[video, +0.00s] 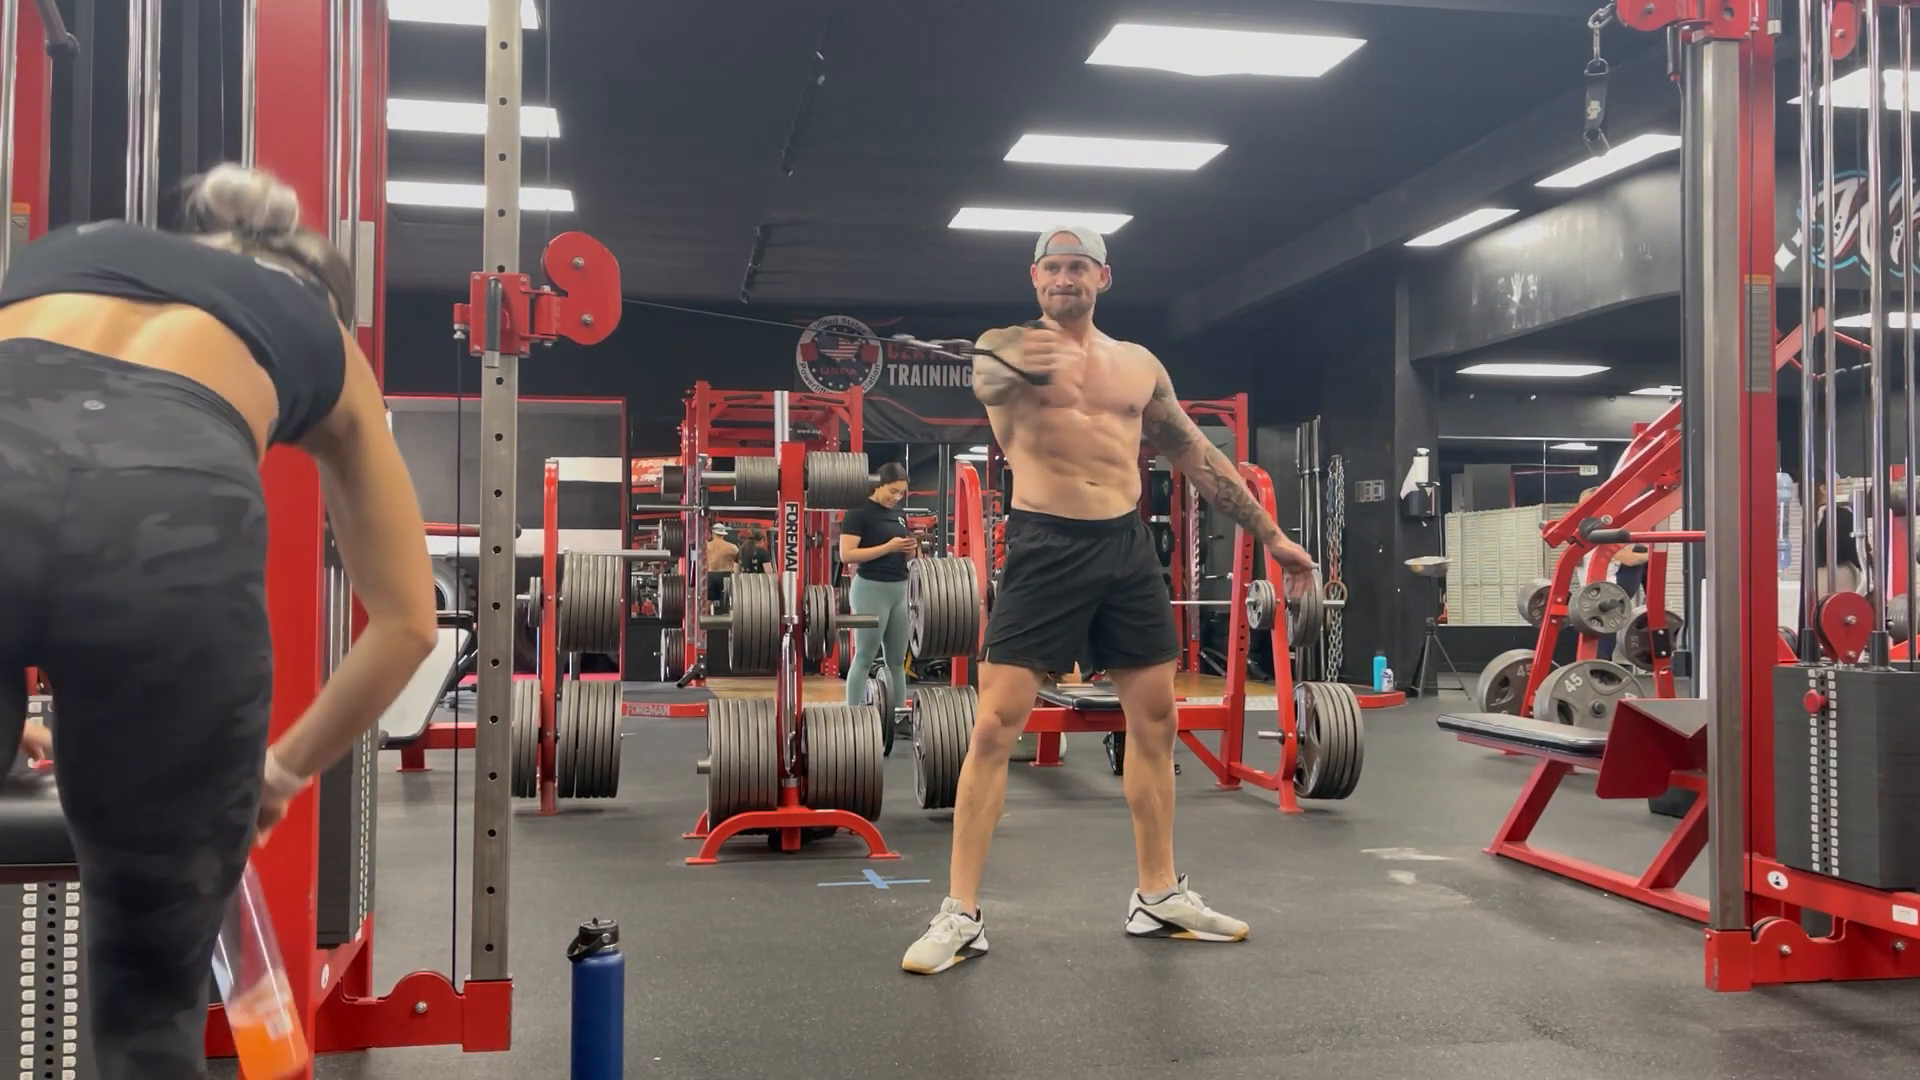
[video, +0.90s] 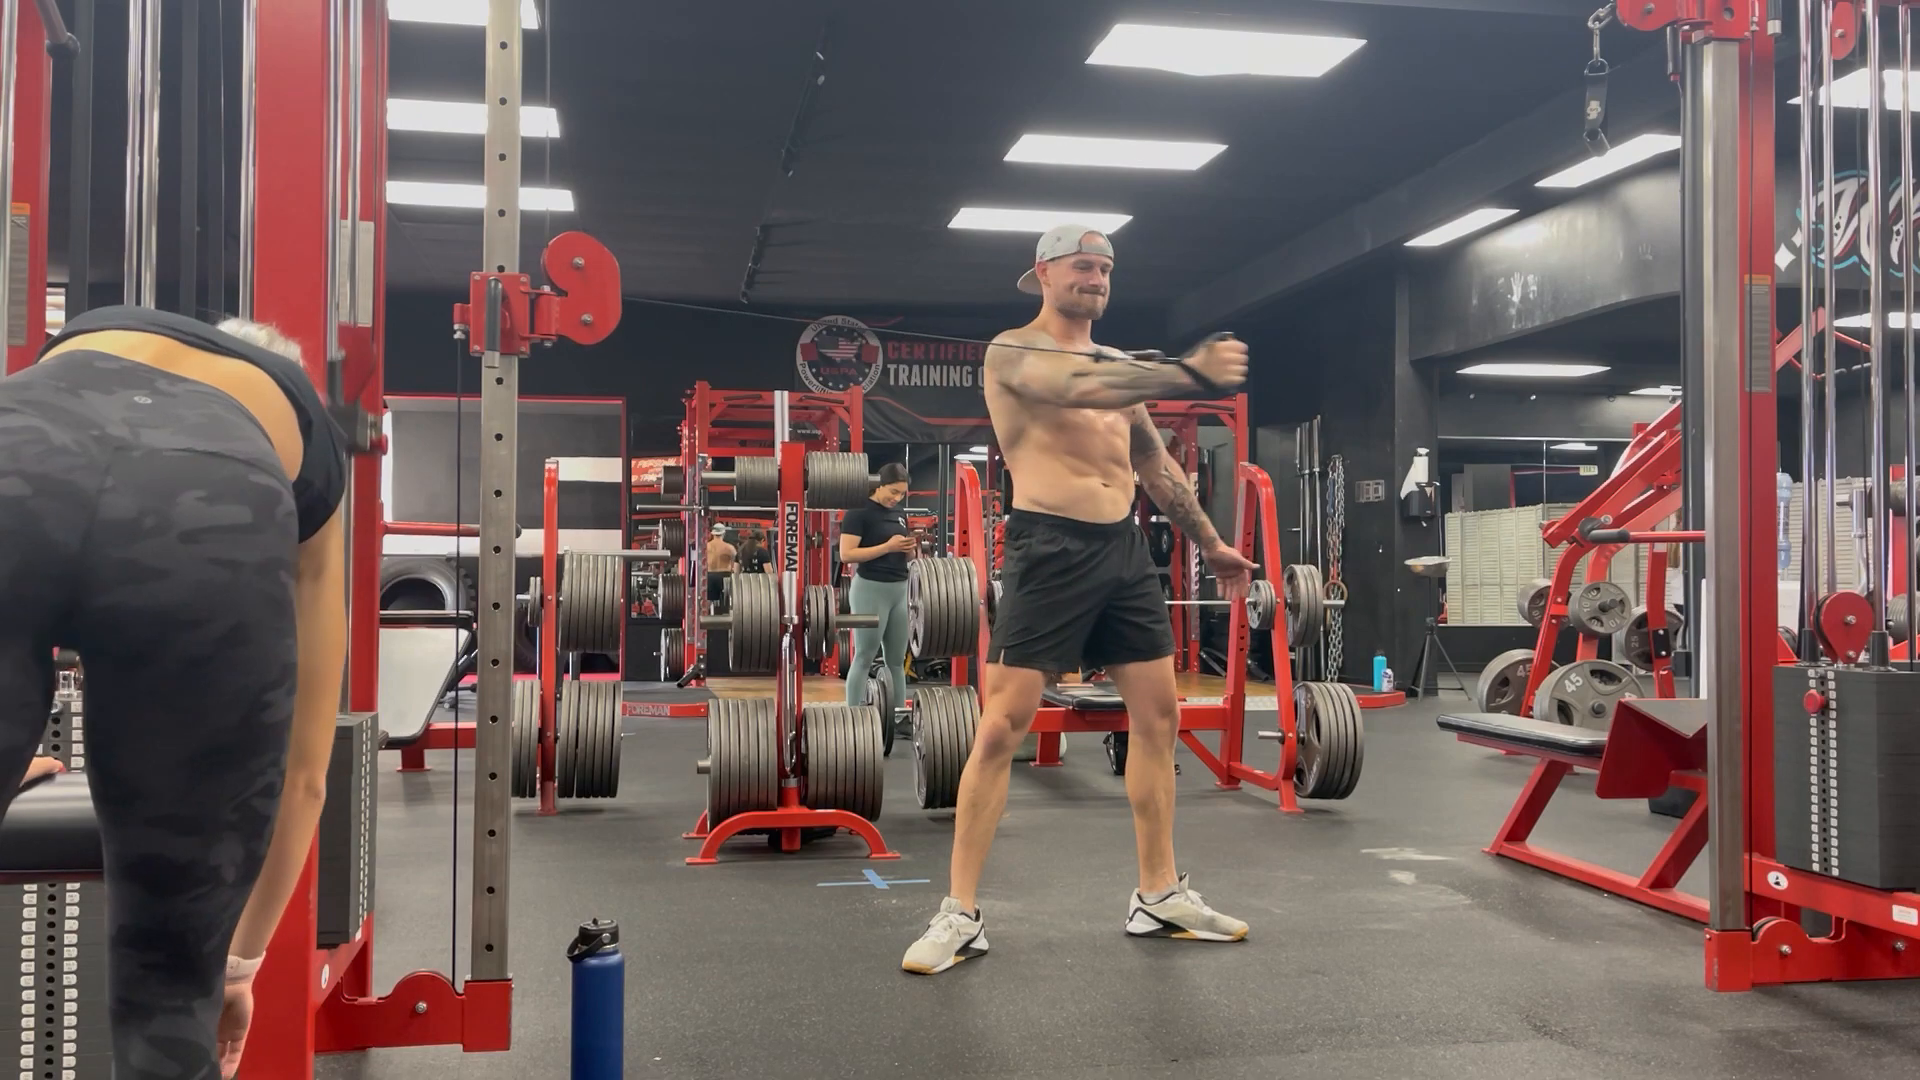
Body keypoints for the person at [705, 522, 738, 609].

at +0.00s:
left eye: (712, 534)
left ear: (713, 534)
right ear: (724, 534)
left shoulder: (707, 546)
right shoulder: (732, 547)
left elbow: (704, 561)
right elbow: (737, 561)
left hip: (711, 572)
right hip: (726, 572)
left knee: (708, 601)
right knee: (726, 602)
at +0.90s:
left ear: (712, 533)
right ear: (724, 533)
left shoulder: (707, 546)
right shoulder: (729, 548)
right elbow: (734, 562)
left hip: (710, 573)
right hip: (725, 573)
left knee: (711, 601)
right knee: (724, 602)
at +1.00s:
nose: (725, 534)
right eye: (724, 533)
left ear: (713, 533)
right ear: (723, 534)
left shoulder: (708, 545)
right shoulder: (726, 547)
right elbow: (735, 557)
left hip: (710, 572)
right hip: (724, 572)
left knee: (709, 600)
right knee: (724, 600)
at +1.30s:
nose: (727, 535)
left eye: (727, 533)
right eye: (726, 533)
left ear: (716, 534)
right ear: (722, 534)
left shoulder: (709, 545)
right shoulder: (722, 547)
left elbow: (726, 552)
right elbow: (728, 562)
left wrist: (736, 554)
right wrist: (736, 567)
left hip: (711, 572)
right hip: (722, 572)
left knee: (710, 600)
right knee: (724, 600)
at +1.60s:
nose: (727, 536)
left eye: (727, 533)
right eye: (726, 533)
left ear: (716, 534)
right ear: (722, 534)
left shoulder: (709, 545)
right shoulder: (721, 547)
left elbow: (725, 551)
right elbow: (727, 565)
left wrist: (735, 554)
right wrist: (735, 570)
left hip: (711, 572)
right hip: (722, 573)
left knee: (710, 600)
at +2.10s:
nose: (724, 536)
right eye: (724, 534)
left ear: (713, 534)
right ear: (723, 534)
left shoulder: (707, 546)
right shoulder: (728, 547)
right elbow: (733, 558)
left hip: (710, 573)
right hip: (724, 572)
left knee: (709, 600)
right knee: (724, 601)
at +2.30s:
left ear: (713, 533)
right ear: (724, 534)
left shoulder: (707, 546)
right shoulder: (729, 547)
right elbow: (733, 562)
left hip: (710, 573)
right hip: (724, 573)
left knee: (709, 600)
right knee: (724, 601)